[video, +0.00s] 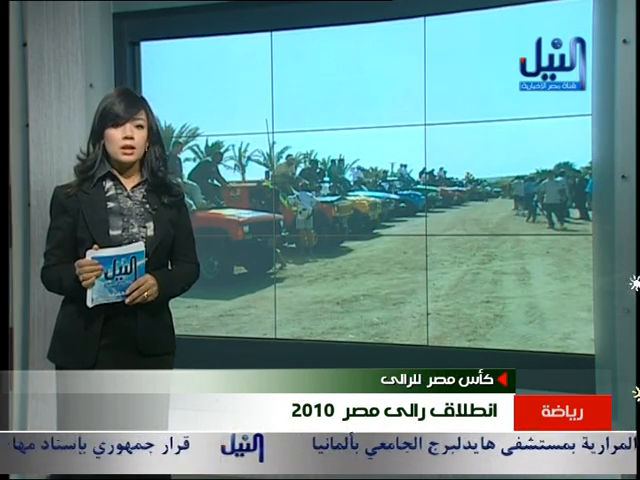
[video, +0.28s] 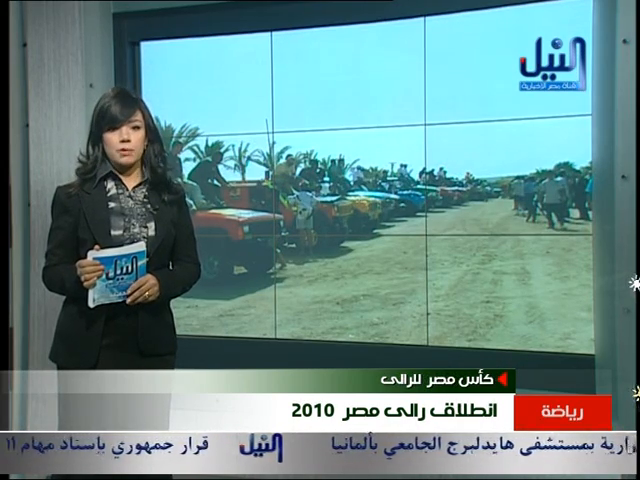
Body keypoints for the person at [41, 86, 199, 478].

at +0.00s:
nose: (128, 134)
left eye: (137, 126)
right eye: (118, 125)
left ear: (149, 136)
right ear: (101, 136)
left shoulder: (169, 197)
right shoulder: (71, 197)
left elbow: (188, 266)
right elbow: (51, 272)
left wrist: (161, 282)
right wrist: (76, 275)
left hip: (149, 349)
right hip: (84, 349)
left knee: (148, 452)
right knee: (81, 452)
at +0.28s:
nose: (125, 137)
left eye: (134, 127)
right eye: (114, 128)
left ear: (148, 135)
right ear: (100, 138)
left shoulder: (170, 196)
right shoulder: (72, 197)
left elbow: (189, 267)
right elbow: (52, 272)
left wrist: (162, 282)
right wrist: (77, 275)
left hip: (150, 347)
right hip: (86, 347)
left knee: (149, 451)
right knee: (83, 451)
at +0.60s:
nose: (124, 139)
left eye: (134, 129)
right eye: (113, 130)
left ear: (148, 136)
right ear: (99, 139)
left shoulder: (170, 196)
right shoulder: (72, 198)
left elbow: (190, 267)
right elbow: (53, 273)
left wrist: (163, 282)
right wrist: (77, 275)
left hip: (151, 348)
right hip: (87, 349)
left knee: (150, 452)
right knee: (84, 453)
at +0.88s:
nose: (123, 140)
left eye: (133, 129)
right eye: (113, 131)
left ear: (147, 136)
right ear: (99, 139)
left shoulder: (170, 196)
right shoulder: (72, 198)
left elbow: (191, 267)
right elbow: (53, 274)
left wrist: (161, 282)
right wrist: (74, 275)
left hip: (151, 348)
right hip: (87, 349)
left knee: (151, 452)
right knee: (84, 453)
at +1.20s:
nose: (123, 140)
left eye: (132, 129)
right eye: (112, 130)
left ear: (146, 137)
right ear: (98, 139)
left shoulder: (169, 197)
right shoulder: (71, 198)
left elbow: (190, 268)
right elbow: (52, 273)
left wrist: (160, 282)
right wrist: (74, 275)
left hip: (150, 349)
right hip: (85, 350)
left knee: (150, 452)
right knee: (83, 452)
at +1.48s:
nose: (124, 139)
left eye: (134, 129)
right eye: (113, 130)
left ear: (147, 136)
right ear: (99, 139)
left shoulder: (170, 198)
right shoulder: (71, 199)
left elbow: (189, 267)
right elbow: (52, 274)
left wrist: (161, 282)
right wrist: (76, 275)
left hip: (151, 349)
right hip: (86, 350)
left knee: (150, 452)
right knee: (84, 453)